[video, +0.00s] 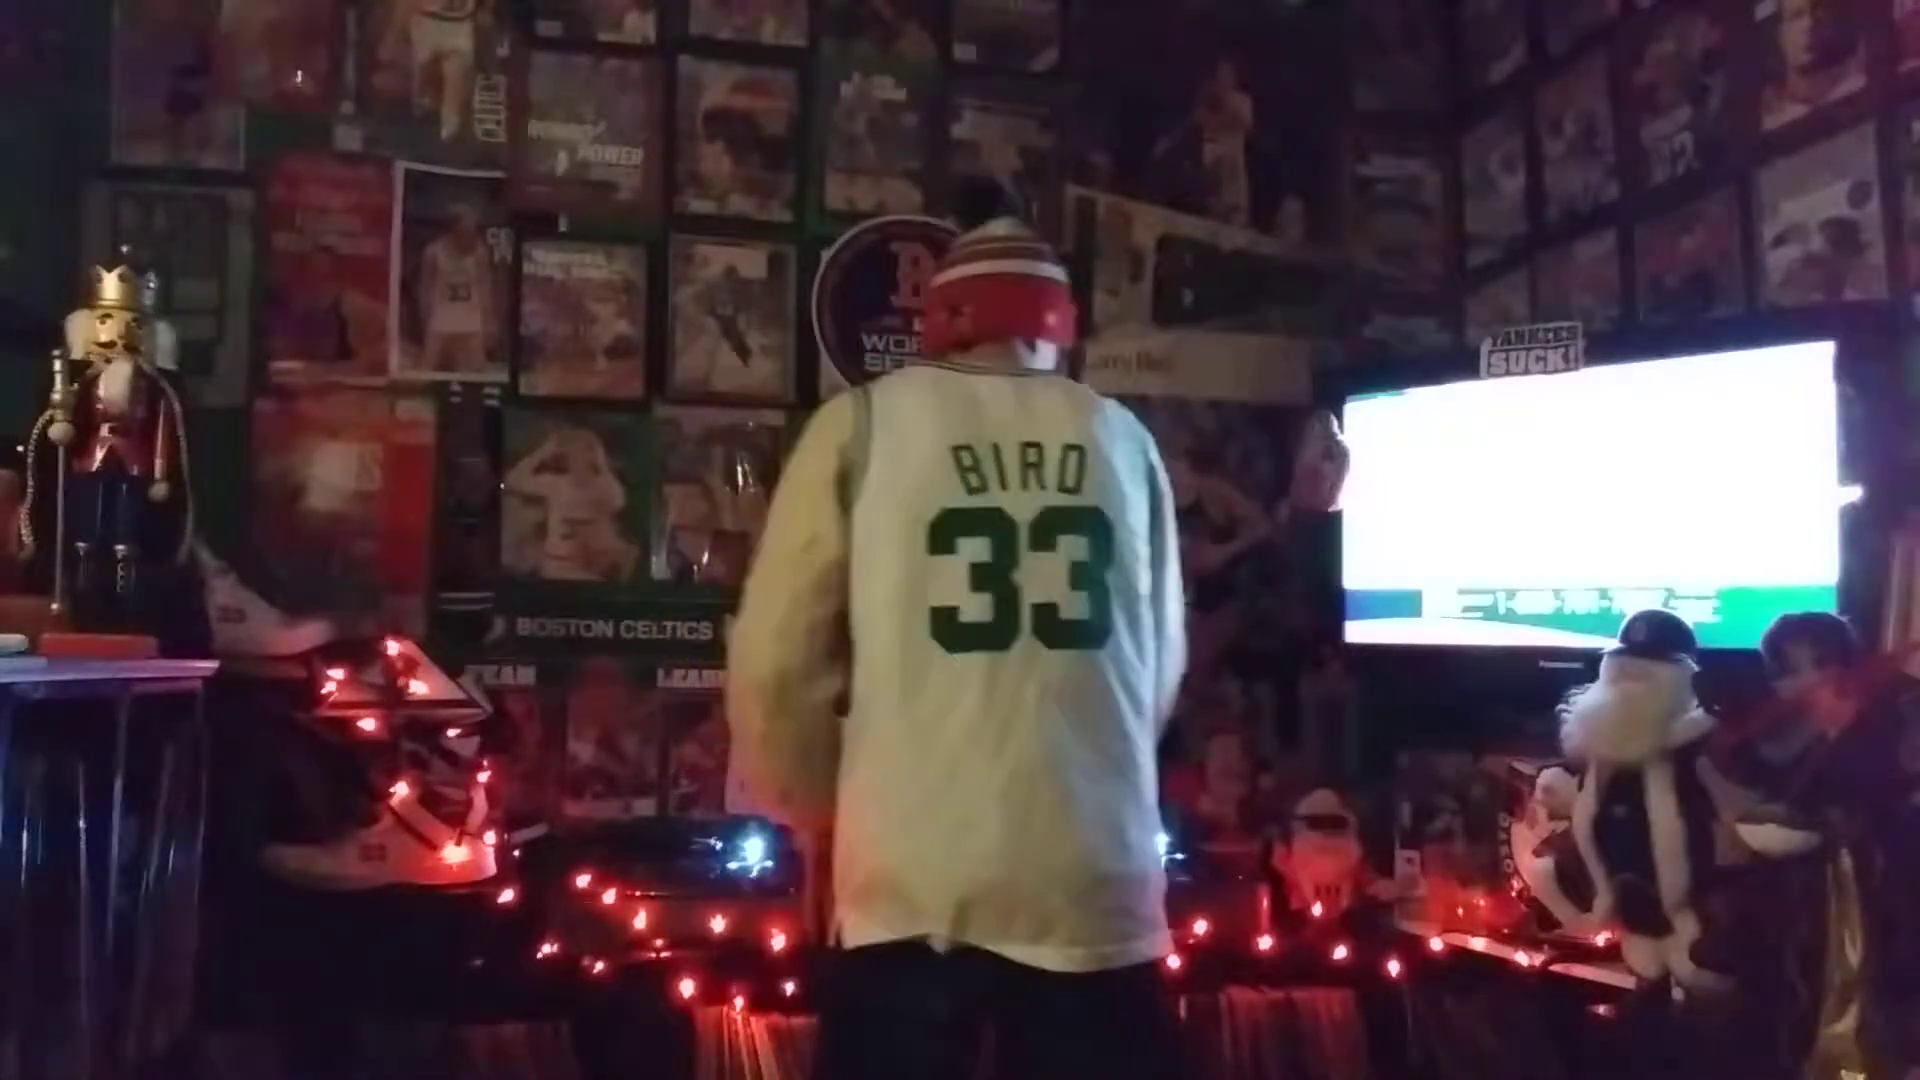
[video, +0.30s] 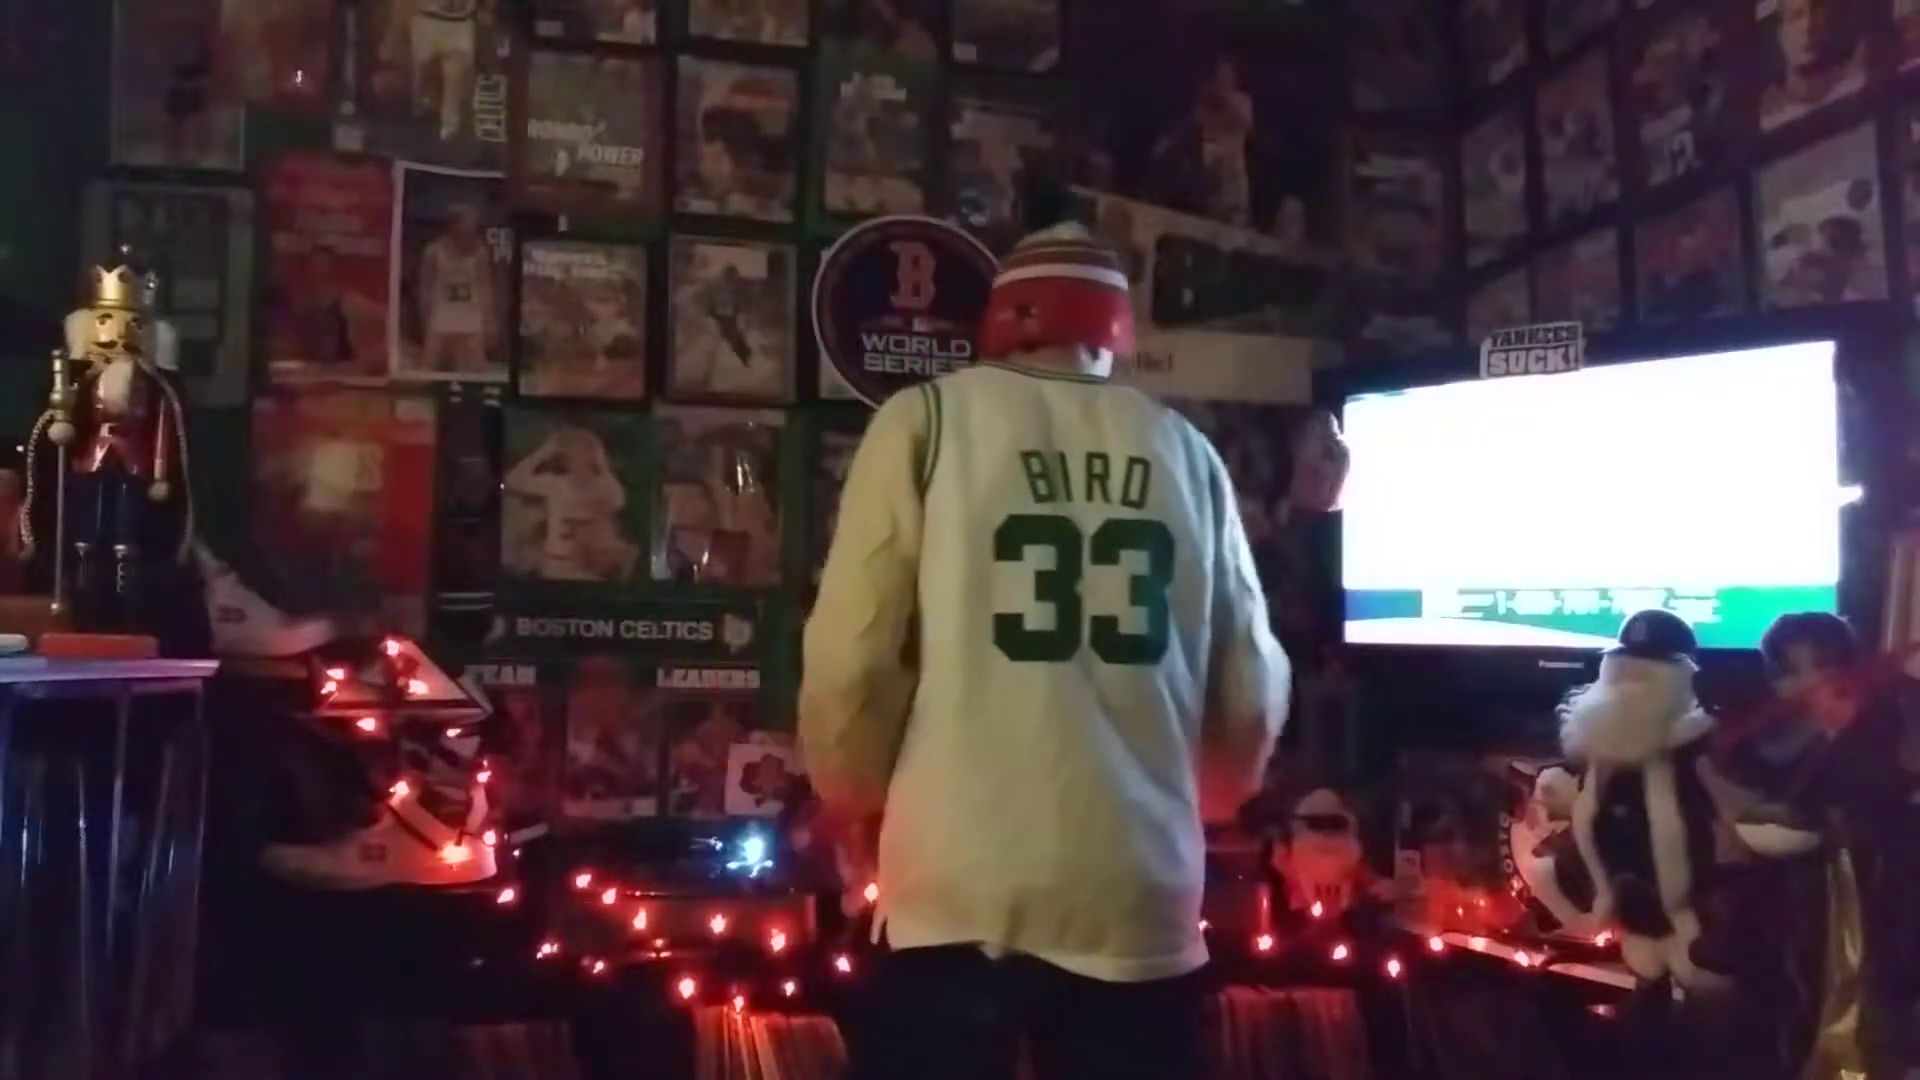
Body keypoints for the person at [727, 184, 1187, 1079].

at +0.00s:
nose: (919, 322)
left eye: (929, 306)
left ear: (945, 318)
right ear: (1062, 335)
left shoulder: (857, 424)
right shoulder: (1128, 440)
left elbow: (773, 662)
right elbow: (1161, 664)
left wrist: (830, 814)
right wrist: (1083, 779)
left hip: (908, 874)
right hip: (1097, 882)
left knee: (895, 1063)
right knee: (1099, 1067)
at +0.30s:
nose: (979, 335)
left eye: (988, 316)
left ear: (1010, 319)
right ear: (1116, 340)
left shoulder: (924, 418)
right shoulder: (1189, 451)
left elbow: (844, 667)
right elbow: (1249, 705)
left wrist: (868, 813)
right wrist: (1179, 812)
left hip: (953, 887)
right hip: (1140, 902)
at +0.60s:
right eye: (1168, 346)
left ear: (1032, 323)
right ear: (1153, 347)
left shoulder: (946, 414)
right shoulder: (1218, 455)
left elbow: (857, 655)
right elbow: (1268, 703)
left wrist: (941, 770)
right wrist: (1181, 812)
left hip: (963, 880)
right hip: (1151, 898)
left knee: (931, 1063)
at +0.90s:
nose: (1164, 362)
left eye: (1013, 323)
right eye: (1163, 346)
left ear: (1027, 325)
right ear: (1152, 342)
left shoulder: (925, 418)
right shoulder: (1205, 451)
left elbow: (864, 664)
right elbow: (1246, 702)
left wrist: (973, 744)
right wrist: (1131, 764)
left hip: (948, 884)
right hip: (1140, 896)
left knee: (931, 1063)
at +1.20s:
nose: (1122, 360)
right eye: (1119, 345)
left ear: (985, 326)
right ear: (1107, 342)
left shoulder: (875, 414)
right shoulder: (1150, 450)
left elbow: (797, 653)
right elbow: (1200, 701)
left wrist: (913, 712)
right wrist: (1099, 771)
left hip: (899, 899)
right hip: (1094, 910)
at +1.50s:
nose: (1031, 353)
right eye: (1029, 335)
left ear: (899, 317)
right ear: (1015, 327)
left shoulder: (782, 414)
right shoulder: (1060, 434)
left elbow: (709, 652)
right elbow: (1121, 679)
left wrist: (822, 724)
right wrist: (1022, 750)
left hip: (824, 916)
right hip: (1019, 920)